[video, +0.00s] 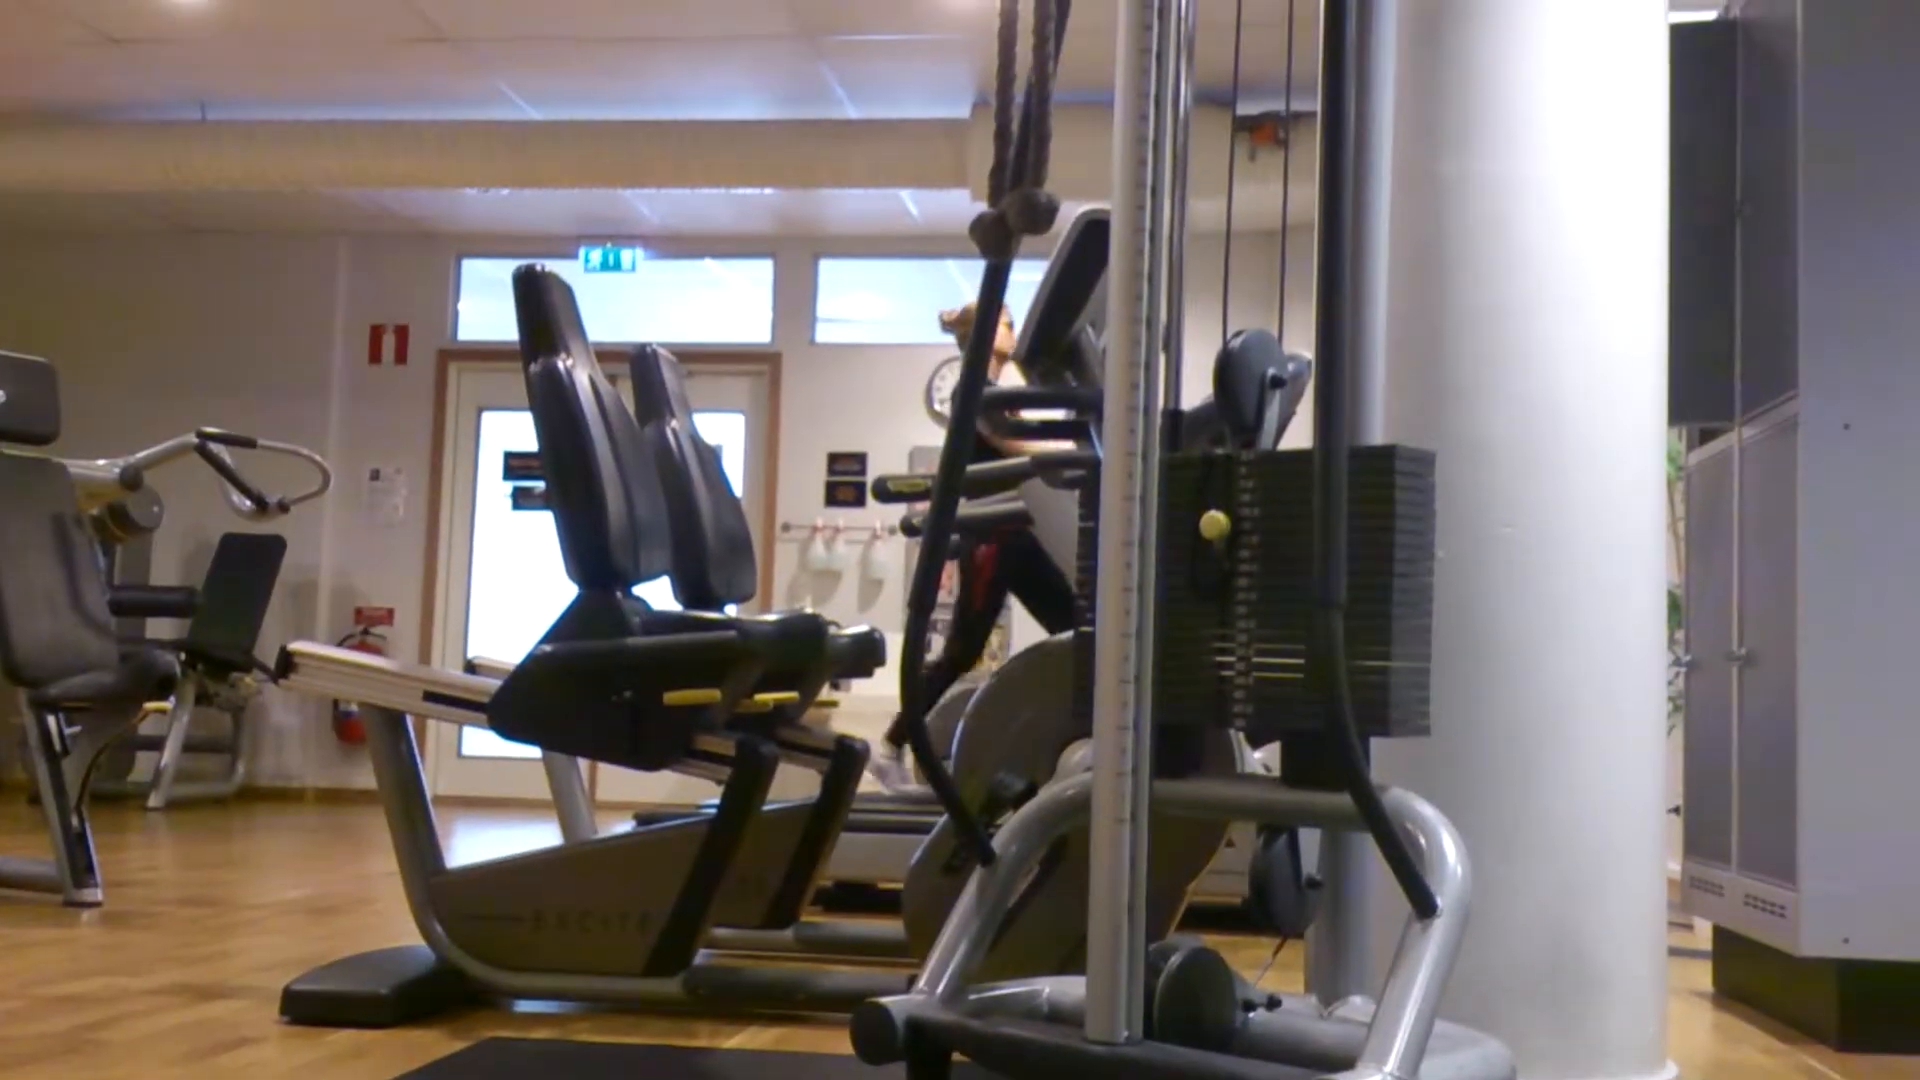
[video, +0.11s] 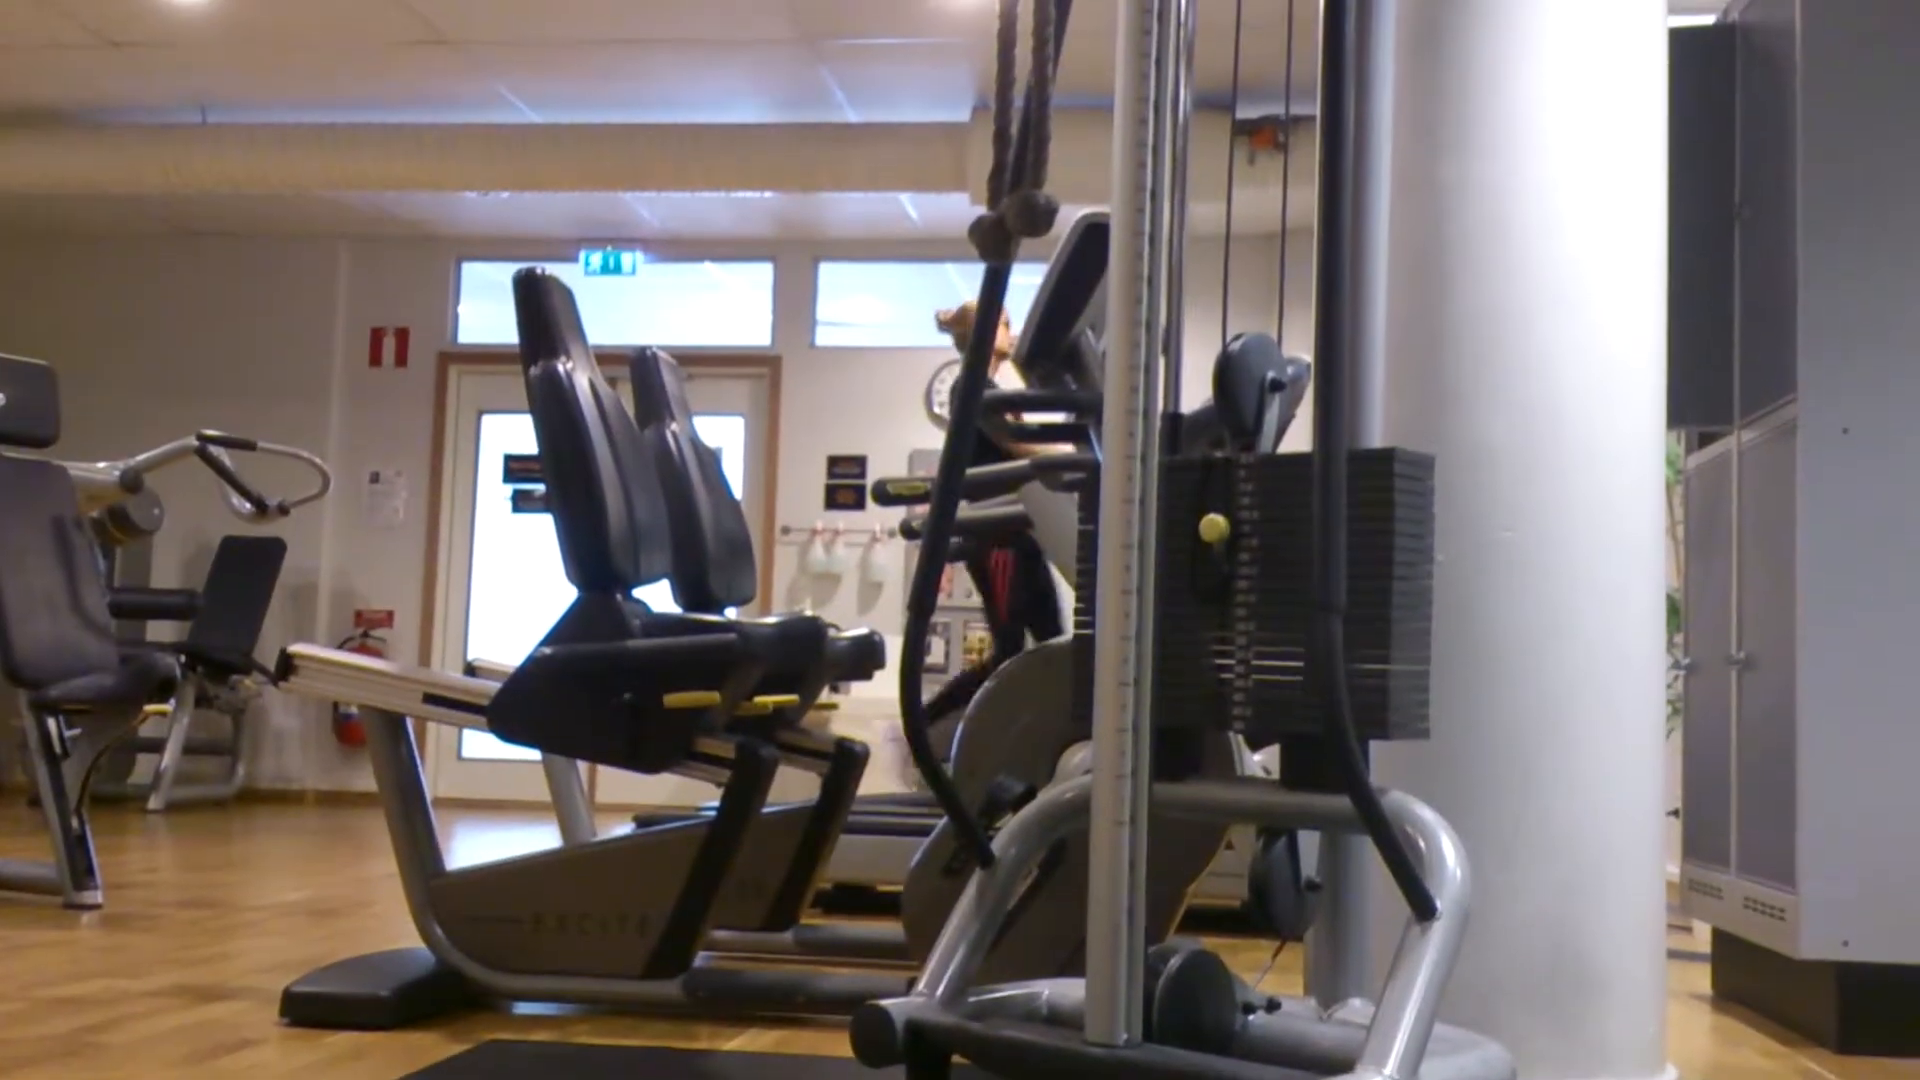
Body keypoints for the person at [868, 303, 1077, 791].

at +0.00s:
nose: (1012, 329)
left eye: (1010, 322)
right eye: (1003, 324)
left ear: (991, 338)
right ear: (981, 337)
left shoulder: (999, 387)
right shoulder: (979, 392)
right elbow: (1013, 447)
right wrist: (1073, 446)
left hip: (1011, 531)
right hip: (987, 535)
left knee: (1074, 628)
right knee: (961, 654)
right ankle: (894, 742)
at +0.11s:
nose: (1013, 332)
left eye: (1009, 325)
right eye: (1006, 325)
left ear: (977, 338)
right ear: (990, 335)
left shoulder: (993, 382)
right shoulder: (984, 387)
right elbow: (1014, 444)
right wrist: (1069, 452)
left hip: (1015, 526)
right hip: (997, 528)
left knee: (1046, 629)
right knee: (1014, 642)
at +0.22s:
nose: (1007, 330)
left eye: (1003, 323)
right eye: (999, 324)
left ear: (969, 334)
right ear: (977, 332)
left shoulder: (971, 380)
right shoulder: (974, 383)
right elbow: (1007, 441)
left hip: (988, 521)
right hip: (991, 524)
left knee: (1007, 639)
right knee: (1048, 631)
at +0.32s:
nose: (1007, 334)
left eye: (1003, 325)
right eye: (999, 326)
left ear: (963, 339)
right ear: (980, 337)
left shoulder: (960, 385)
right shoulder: (983, 386)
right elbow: (1024, 445)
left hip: (971, 530)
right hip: (994, 530)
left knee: (968, 649)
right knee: (1061, 624)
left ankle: (945, 740)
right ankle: (1067, 732)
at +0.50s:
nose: (1008, 348)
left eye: (1003, 341)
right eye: (1000, 343)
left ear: (967, 360)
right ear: (987, 355)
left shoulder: (968, 401)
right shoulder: (991, 403)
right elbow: (1017, 469)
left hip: (971, 547)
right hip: (997, 547)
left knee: (964, 674)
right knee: (1059, 653)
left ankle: (887, 746)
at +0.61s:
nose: (1006, 325)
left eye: (1000, 318)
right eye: (998, 319)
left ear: (966, 330)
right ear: (986, 328)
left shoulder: (973, 374)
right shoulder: (987, 379)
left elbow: (1017, 436)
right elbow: (1023, 441)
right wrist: (1076, 453)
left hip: (978, 513)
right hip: (981, 515)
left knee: (1010, 632)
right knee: (1012, 634)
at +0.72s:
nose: (1001, 317)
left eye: (997, 307)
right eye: (990, 308)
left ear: (965, 317)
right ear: (967, 317)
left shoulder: (961, 368)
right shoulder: (970, 370)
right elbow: (1008, 429)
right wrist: (1073, 429)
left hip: (979, 522)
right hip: (973, 523)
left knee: (1039, 620)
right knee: (970, 640)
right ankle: (961, 742)